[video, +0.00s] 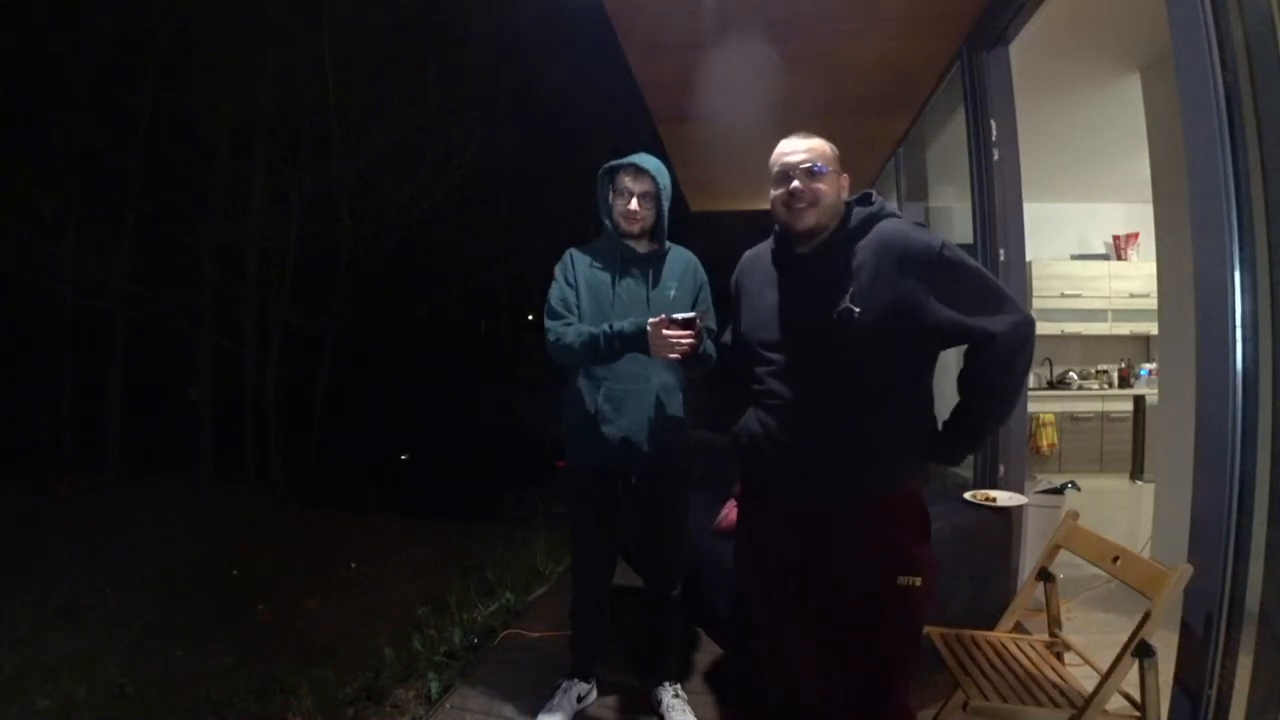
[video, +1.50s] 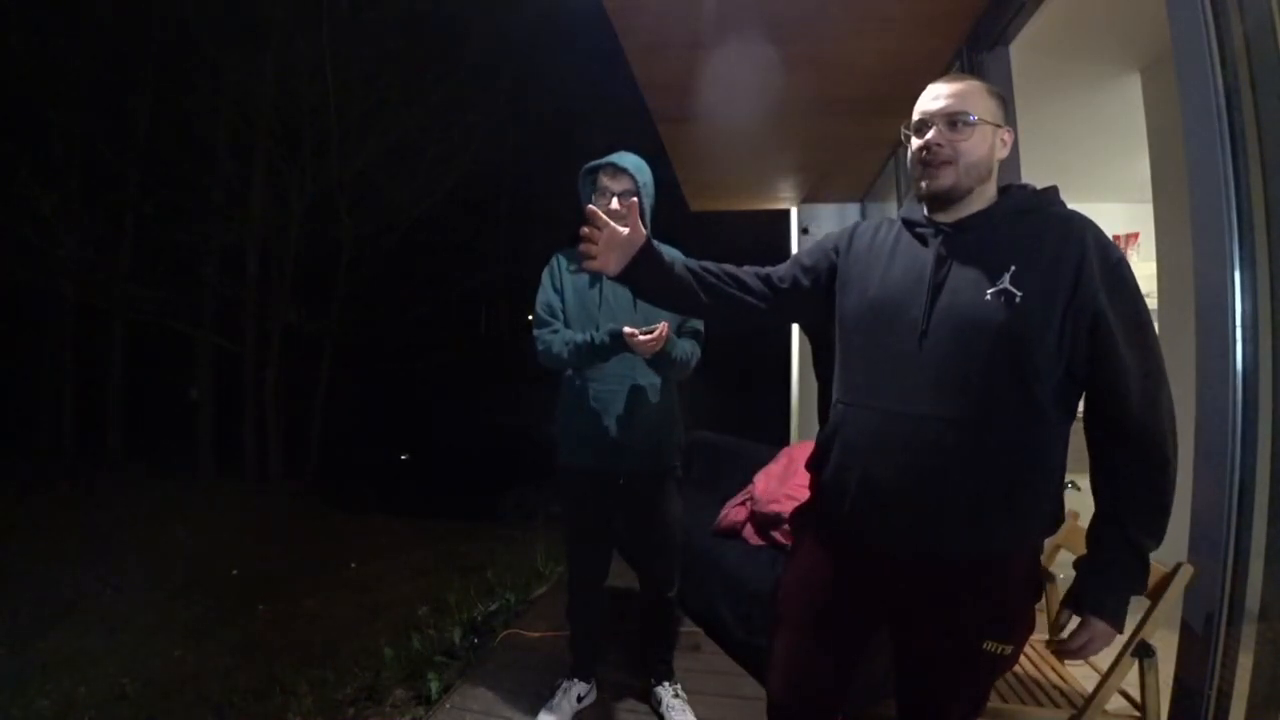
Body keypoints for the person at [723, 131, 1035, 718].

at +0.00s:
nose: (796, 187)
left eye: (812, 173)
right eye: (782, 177)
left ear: (844, 185)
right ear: (769, 196)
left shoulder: (900, 250)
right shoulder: (752, 268)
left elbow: (1008, 331)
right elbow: (736, 368)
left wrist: (950, 443)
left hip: (878, 493)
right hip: (776, 492)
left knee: (872, 674)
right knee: (776, 664)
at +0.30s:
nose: (834, 167)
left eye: (857, 153)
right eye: (823, 156)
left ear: (897, 170)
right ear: (813, 172)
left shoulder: (951, 244)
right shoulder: (788, 268)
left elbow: (1066, 337)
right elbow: (736, 368)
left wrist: (1029, 467)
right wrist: (693, 438)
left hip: (915, 520)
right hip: (803, 517)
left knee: (898, 695)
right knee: (803, 687)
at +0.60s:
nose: (881, 147)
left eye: (905, 132)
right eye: (871, 137)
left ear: (954, 150)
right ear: (861, 155)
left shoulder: (1014, 244)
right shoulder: (825, 254)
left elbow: (1110, 397)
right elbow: (740, 312)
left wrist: (1067, 533)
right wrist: (636, 313)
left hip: (952, 545)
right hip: (828, 535)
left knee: (923, 705)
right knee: (805, 697)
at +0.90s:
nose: (911, 139)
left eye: (937, 123)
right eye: (904, 128)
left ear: (992, 141)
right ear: (894, 147)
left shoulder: (1059, 246)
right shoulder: (856, 241)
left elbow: (1135, 425)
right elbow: (752, 288)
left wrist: (1121, 581)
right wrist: (637, 260)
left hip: (964, 554)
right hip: (836, 536)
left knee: (935, 707)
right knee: (793, 691)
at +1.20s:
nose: (922, 139)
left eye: (949, 123)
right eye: (915, 128)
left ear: (1004, 140)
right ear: (907, 148)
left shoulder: (1070, 245)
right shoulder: (863, 243)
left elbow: (1137, 426)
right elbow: (755, 289)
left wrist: (1106, 580)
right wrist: (642, 263)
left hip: (973, 559)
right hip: (838, 543)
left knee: (936, 710)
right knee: (800, 702)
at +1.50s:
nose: (926, 138)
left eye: (954, 122)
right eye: (916, 129)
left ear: (1006, 142)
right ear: (907, 153)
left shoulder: (1070, 247)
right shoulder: (860, 245)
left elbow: (1135, 423)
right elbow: (756, 290)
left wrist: (1110, 581)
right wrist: (642, 260)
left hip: (976, 560)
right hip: (840, 544)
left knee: (937, 709)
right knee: (799, 701)